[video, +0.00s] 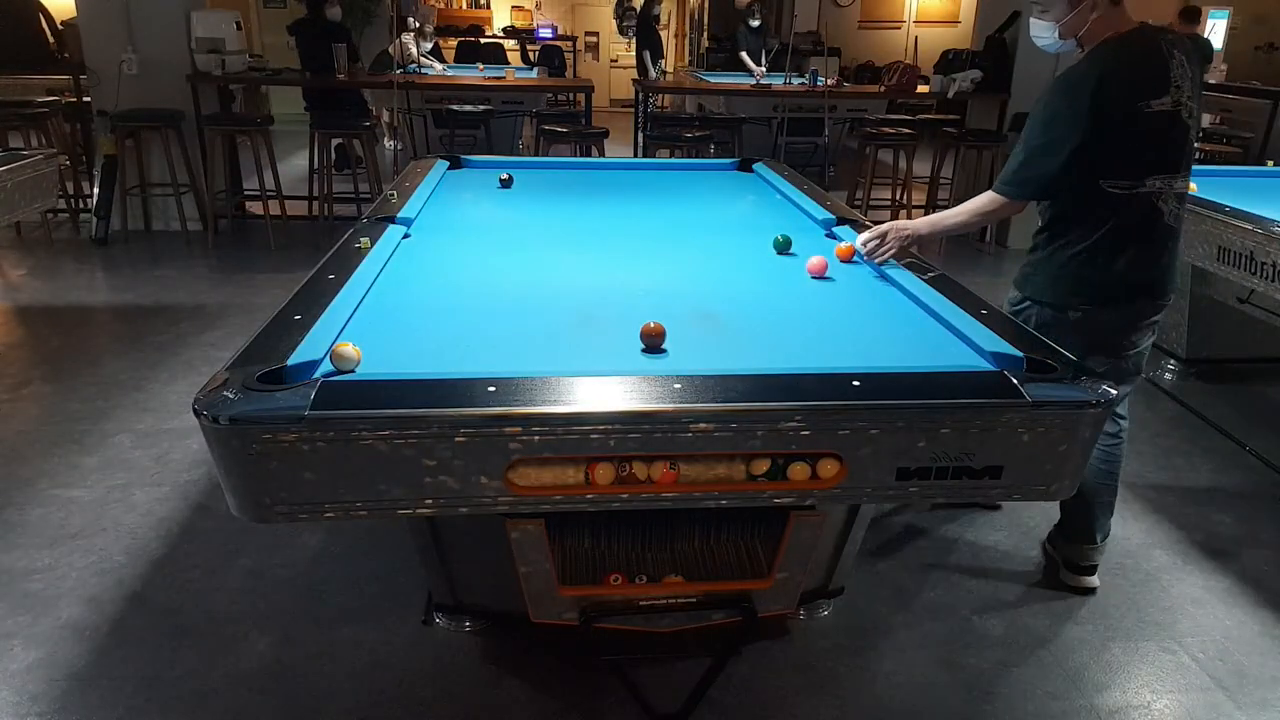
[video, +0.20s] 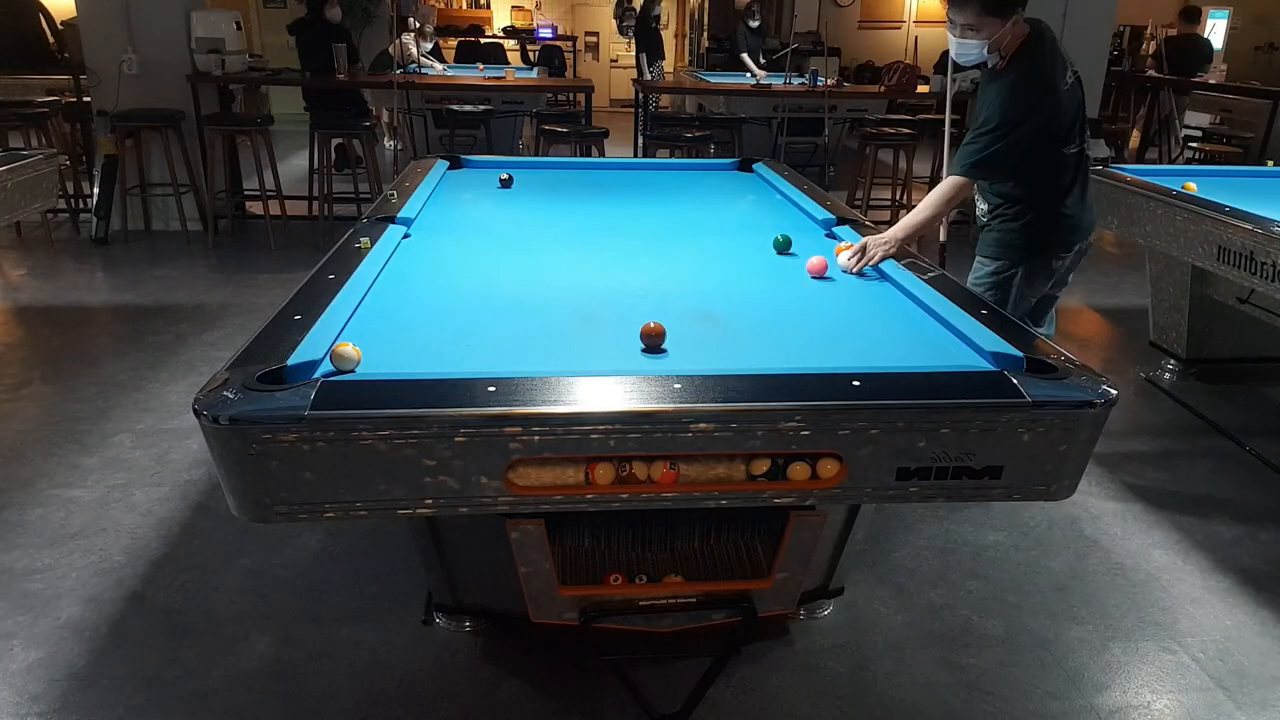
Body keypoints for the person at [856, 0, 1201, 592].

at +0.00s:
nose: (1054, 24)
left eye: (1058, 12)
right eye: (1052, 14)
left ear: (1089, 6)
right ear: (1112, 7)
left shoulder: (1081, 84)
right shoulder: (1176, 56)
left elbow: (1008, 197)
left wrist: (914, 227)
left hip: (1068, 274)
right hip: (1144, 276)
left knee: (1015, 391)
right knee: (1108, 411)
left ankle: (975, 479)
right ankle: (1079, 555)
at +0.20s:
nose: (959, 38)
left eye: (972, 29)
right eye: (953, 25)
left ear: (1013, 23)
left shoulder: (1013, 89)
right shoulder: (1036, 36)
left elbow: (962, 179)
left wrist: (893, 236)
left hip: (1024, 237)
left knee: (973, 343)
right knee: (1024, 344)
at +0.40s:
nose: (953, 38)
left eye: (967, 30)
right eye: (947, 26)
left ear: (1008, 25)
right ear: (940, 16)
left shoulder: (1011, 86)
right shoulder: (1016, 39)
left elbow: (961, 180)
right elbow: (951, 61)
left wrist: (893, 236)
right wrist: (920, 73)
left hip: (1018, 243)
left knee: (991, 358)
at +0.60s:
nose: (963, 41)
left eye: (977, 32)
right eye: (956, 28)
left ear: (1016, 28)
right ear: (949, 17)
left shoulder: (1021, 88)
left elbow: (966, 179)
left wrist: (895, 235)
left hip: (1030, 242)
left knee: (998, 357)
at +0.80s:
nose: (1064, 10)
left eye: (1076, 4)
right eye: (1064, 4)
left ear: (1110, 6)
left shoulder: (1135, 56)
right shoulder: (1078, 53)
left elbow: (1089, 143)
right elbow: (1060, 134)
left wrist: (1014, 121)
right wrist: (1031, 190)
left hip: (1101, 234)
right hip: (1064, 226)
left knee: (1041, 347)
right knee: (1082, 341)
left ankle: (1036, 452)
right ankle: (1092, 438)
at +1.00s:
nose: (1064, 48)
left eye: (1074, 37)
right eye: (1056, 37)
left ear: (1109, 18)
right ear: (1048, 27)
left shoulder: (1145, 66)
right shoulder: (1088, 62)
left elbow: (1085, 154)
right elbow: (1057, 135)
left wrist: (997, 179)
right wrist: (1009, 176)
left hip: (1147, 235)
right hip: (1105, 226)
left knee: (1104, 353)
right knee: (1089, 345)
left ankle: (1091, 461)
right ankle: (1078, 454)